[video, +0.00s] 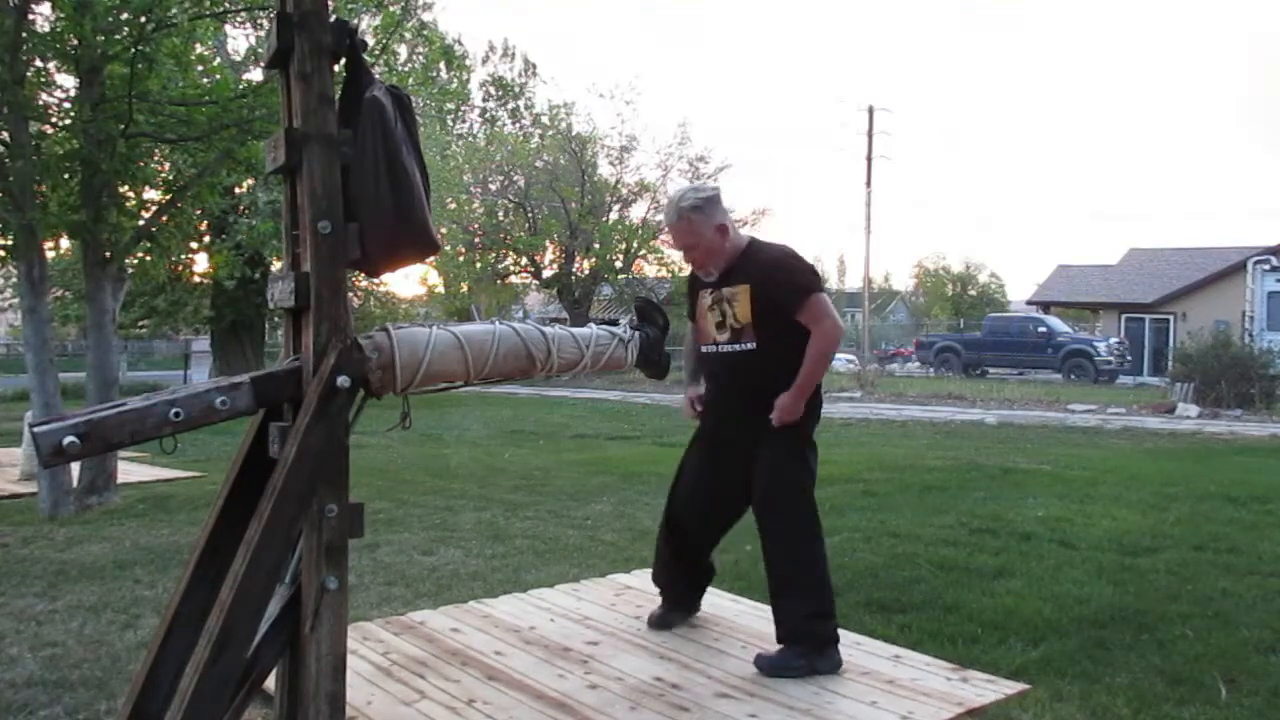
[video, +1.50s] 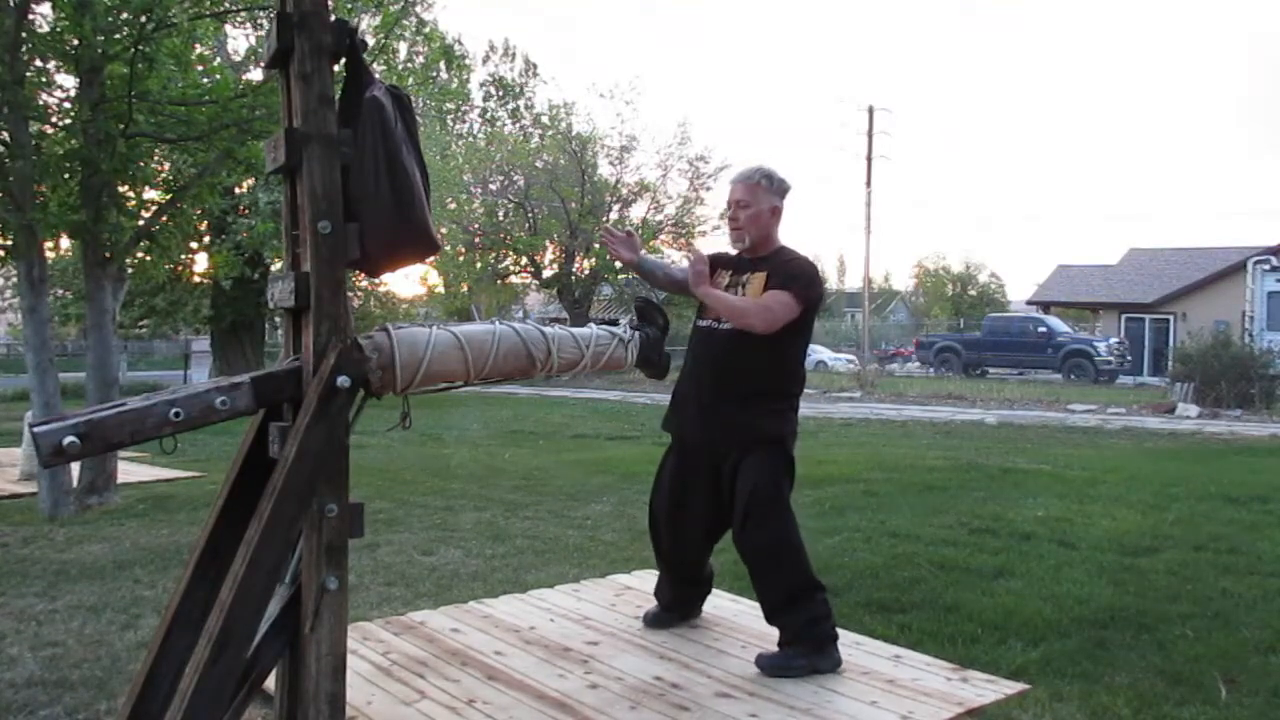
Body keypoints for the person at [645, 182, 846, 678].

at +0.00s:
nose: (688, 260)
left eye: (692, 248)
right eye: (682, 251)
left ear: (723, 231)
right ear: (679, 242)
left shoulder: (774, 264)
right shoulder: (700, 282)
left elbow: (829, 329)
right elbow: (700, 336)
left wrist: (798, 395)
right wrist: (694, 382)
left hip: (780, 424)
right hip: (724, 423)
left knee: (789, 532)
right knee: (688, 509)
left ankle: (814, 645)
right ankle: (679, 598)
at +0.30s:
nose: (696, 242)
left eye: (704, 230)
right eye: (691, 232)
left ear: (737, 222)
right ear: (691, 229)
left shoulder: (778, 274)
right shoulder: (694, 281)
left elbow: (801, 351)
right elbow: (684, 341)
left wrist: (782, 422)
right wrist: (679, 384)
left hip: (766, 427)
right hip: (710, 428)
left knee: (768, 526)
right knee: (681, 507)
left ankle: (811, 643)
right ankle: (681, 598)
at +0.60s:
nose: (730, 216)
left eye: (741, 207)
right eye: (727, 208)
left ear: (773, 210)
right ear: (725, 213)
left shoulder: (797, 270)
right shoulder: (714, 272)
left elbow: (775, 311)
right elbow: (671, 319)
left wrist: (715, 271)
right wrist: (671, 275)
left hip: (765, 431)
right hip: (704, 426)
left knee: (762, 518)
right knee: (674, 514)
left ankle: (813, 643)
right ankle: (681, 596)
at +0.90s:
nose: (736, 212)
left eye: (747, 204)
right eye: (734, 204)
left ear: (779, 208)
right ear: (735, 210)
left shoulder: (799, 271)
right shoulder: (719, 265)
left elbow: (758, 309)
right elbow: (678, 274)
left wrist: (702, 289)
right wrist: (643, 252)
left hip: (762, 432)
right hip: (700, 425)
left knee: (764, 528)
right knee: (675, 513)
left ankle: (812, 644)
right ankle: (681, 599)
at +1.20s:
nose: (734, 215)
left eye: (745, 206)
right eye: (732, 206)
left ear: (778, 209)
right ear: (733, 211)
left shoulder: (800, 272)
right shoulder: (720, 265)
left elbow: (765, 316)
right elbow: (678, 274)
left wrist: (706, 297)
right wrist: (643, 260)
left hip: (760, 434)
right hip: (699, 426)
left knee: (764, 531)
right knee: (674, 515)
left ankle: (813, 643)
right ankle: (681, 599)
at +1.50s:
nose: (732, 217)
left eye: (743, 207)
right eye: (729, 208)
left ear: (774, 210)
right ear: (729, 213)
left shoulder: (798, 272)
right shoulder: (719, 267)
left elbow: (763, 318)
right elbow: (675, 277)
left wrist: (704, 291)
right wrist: (639, 260)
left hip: (760, 434)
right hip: (699, 426)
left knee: (764, 531)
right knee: (674, 515)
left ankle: (813, 644)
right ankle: (681, 599)